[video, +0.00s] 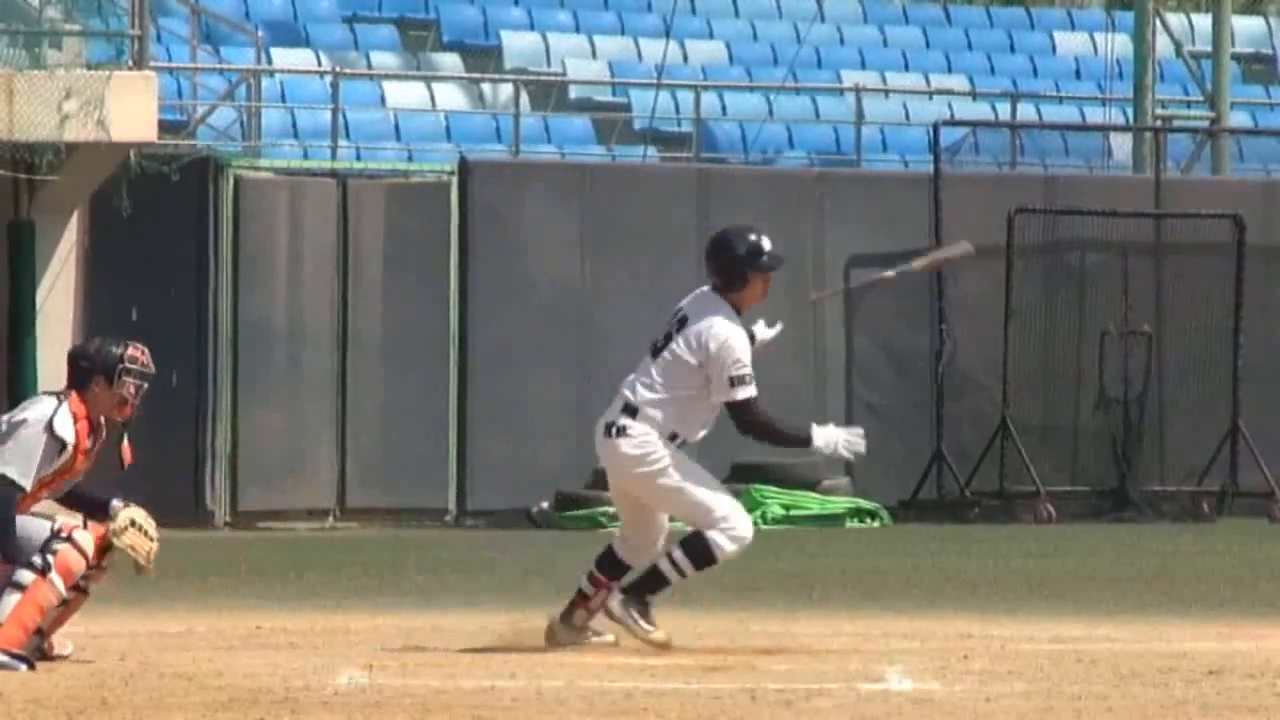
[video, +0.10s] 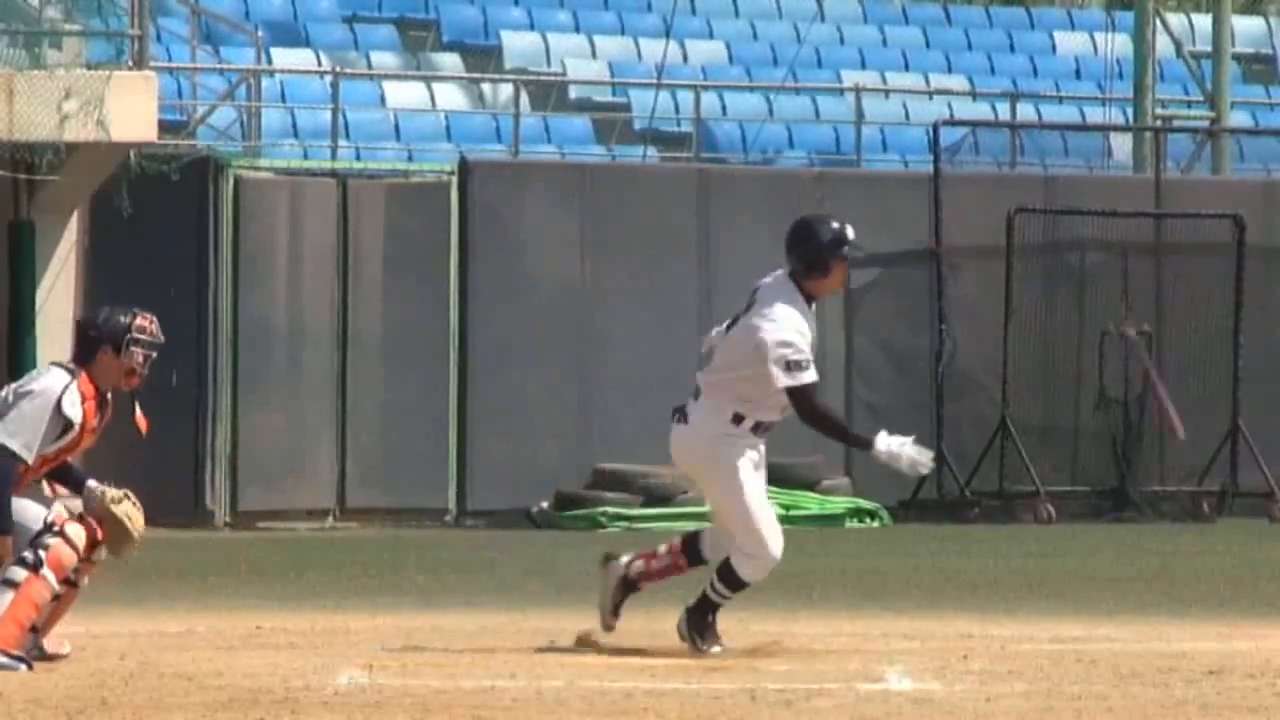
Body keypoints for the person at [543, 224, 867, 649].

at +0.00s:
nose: (769, 282)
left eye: (769, 272)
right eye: (763, 273)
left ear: (725, 274)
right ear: (741, 277)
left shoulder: (701, 300)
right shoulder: (727, 334)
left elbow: (696, 353)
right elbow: (750, 420)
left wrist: (746, 342)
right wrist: (817, 438)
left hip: (619, 433)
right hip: (641, 443)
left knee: (643, 540)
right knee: (733, 527)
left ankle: (572, 621)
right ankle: (634, 598)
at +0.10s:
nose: (848, 267)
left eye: (846, 259)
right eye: (842, 260)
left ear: (807, 263)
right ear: (820, 266)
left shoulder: (780, 286)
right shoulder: (783, 325)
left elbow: (740, 325)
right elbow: (811, 412)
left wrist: (724, 339)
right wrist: (877, 444)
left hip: (714, 430)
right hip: (720, 440)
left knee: (737, 537)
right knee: (762, 551)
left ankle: (629, 573)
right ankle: (700, 617)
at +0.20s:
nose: (912, 276)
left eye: (911, 267)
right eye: (905, 268)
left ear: (873, 270)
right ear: (880, 276)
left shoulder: (843, 287)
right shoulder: (851, 330)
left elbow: (790, 316)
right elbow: (914, 399)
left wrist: (746, 324)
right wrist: (983, 382)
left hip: (813, 435)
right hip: (759, 435)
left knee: (872, 515)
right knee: (755, 557)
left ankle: (780, 567)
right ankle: (695, 619)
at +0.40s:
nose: (1073, 275)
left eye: (1072, 266)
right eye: (1067, 266)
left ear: (1036, 270)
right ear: (1040, 271)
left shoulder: (1033, 310)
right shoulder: (992, 322)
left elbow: (1027, 382)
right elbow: (945, 404)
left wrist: (1067, 440)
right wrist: (972, 479)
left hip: (951, 428)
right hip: (909, 435)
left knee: (979, 541)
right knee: (962, 546)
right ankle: (901, 634)